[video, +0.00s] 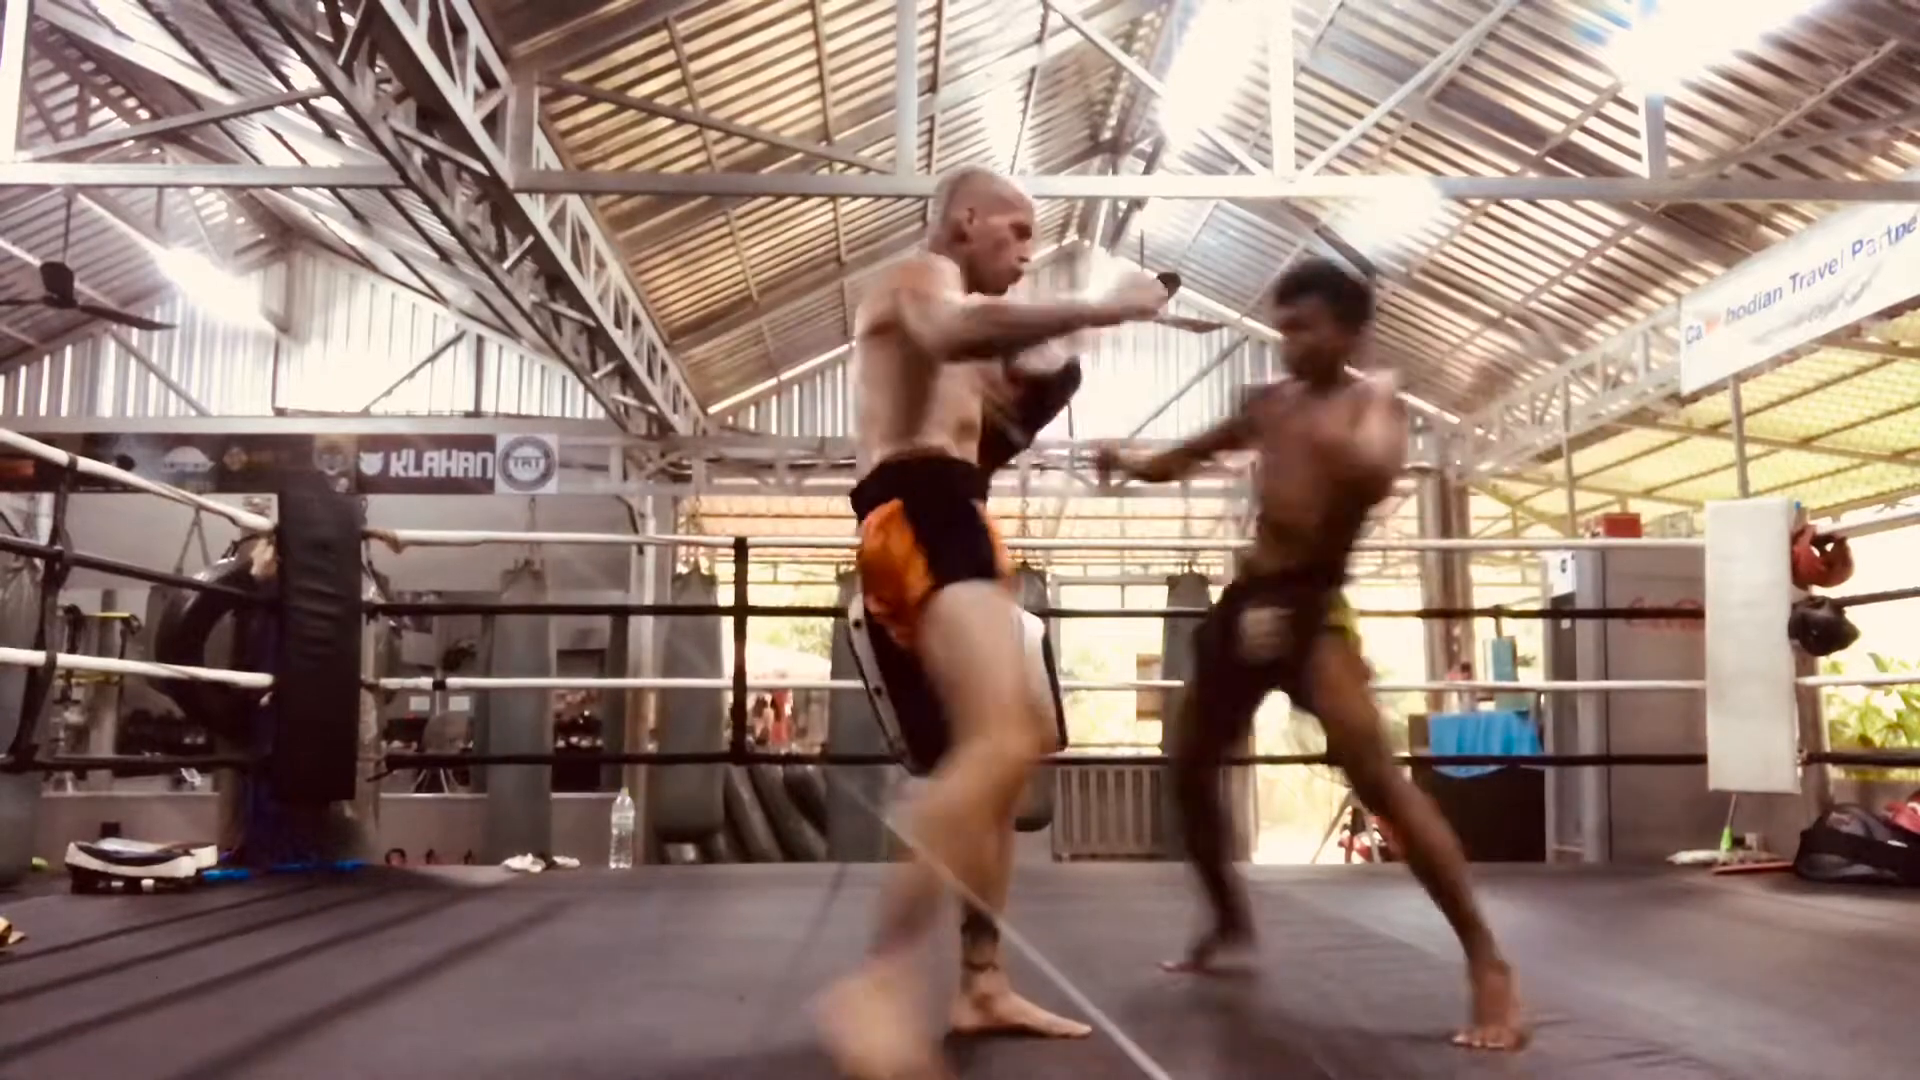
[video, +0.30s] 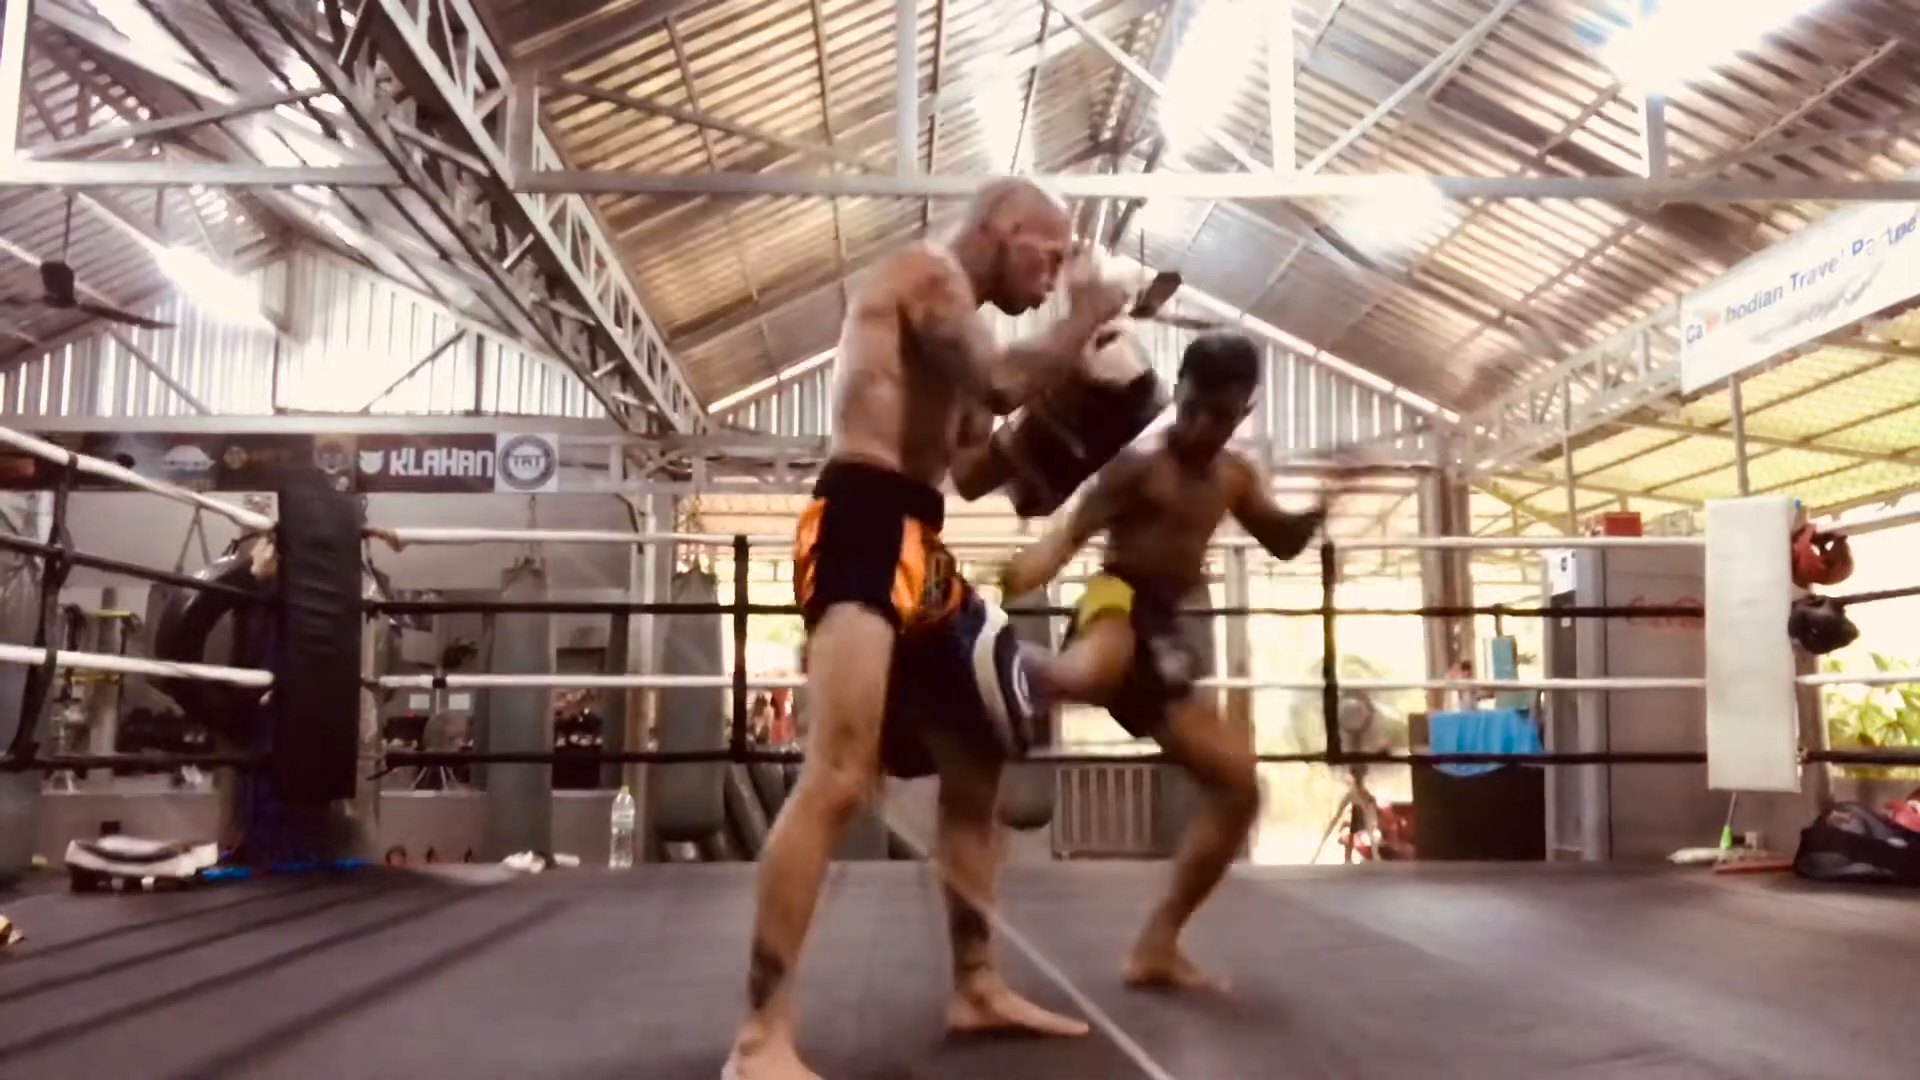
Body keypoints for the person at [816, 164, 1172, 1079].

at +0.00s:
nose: (1026, 248)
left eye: (1030, 236)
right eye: (1015, 230)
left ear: (985, 229)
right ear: (965, 221)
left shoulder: (964, 318)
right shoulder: (923, 272)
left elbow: (963, 451)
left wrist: (1027, 407)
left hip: (936, 513)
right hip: (918, 502)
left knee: (1011, 745)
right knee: (1004, 733)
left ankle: (984, 983)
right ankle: (880, 983)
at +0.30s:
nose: (1054, 276)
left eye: (1059, 262)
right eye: (1046, 255)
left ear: (1000, 235)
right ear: (995, 230)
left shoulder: (959, 324)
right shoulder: (927, 270)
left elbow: (966, 471)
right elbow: (996, 370)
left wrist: (1066, 396)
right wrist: (1080, 327)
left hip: (920, 536)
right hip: (866, 519)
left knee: (975, 762)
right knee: (839, 777)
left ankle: (977, 987)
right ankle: (763, 1036)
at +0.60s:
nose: (1086, 264)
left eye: (1092, 248)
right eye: (1082, 242)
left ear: (1035, 220)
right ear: (1036, 217)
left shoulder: (1004, 304)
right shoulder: (951, 262)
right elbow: (1001, 356)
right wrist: (1117, 322)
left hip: (982, 536)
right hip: (922, 521)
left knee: (1014, 775)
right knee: (877, 784)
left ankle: (990, 987)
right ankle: (768, 1033)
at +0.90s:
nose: (1147, 254)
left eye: (1143, 239)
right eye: (1141, 237)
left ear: (1075, 231)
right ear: (1115, 229)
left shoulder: (1010, 314)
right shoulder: (1097, 277)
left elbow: (920, 438)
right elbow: (1166, 412)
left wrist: (974, 509)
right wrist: (1178, 455)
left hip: (991, 524)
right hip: (1033, 523)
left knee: (1083, 780)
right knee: (973, 782)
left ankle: (1075, 1004)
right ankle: (802, 993)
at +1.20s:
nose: (1197, 231)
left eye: (1184, 217)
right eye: (1195, 217)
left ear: (1133, 230)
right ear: (1201, 225)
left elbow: (1006, 405)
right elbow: (1303, 420)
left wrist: (1073, 443)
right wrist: (1231, 450)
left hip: (1122, 525)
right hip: (1223, 512)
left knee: (1108, 773)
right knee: (1324, 739)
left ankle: (1080, 1001)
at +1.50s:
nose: (1252, 302)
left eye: (1254, 286)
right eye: (1249, 289)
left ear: (1285, 266)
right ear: (1317, 261)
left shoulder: (1284, 322)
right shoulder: (1410, 334)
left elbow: (1298, 430)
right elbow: (1429, 461)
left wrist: (1214, 454)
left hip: (1333, 562)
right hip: (1431, 551)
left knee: (1230, 797)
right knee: (1470, 788)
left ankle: (1171, 1011)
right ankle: (1573, 999)